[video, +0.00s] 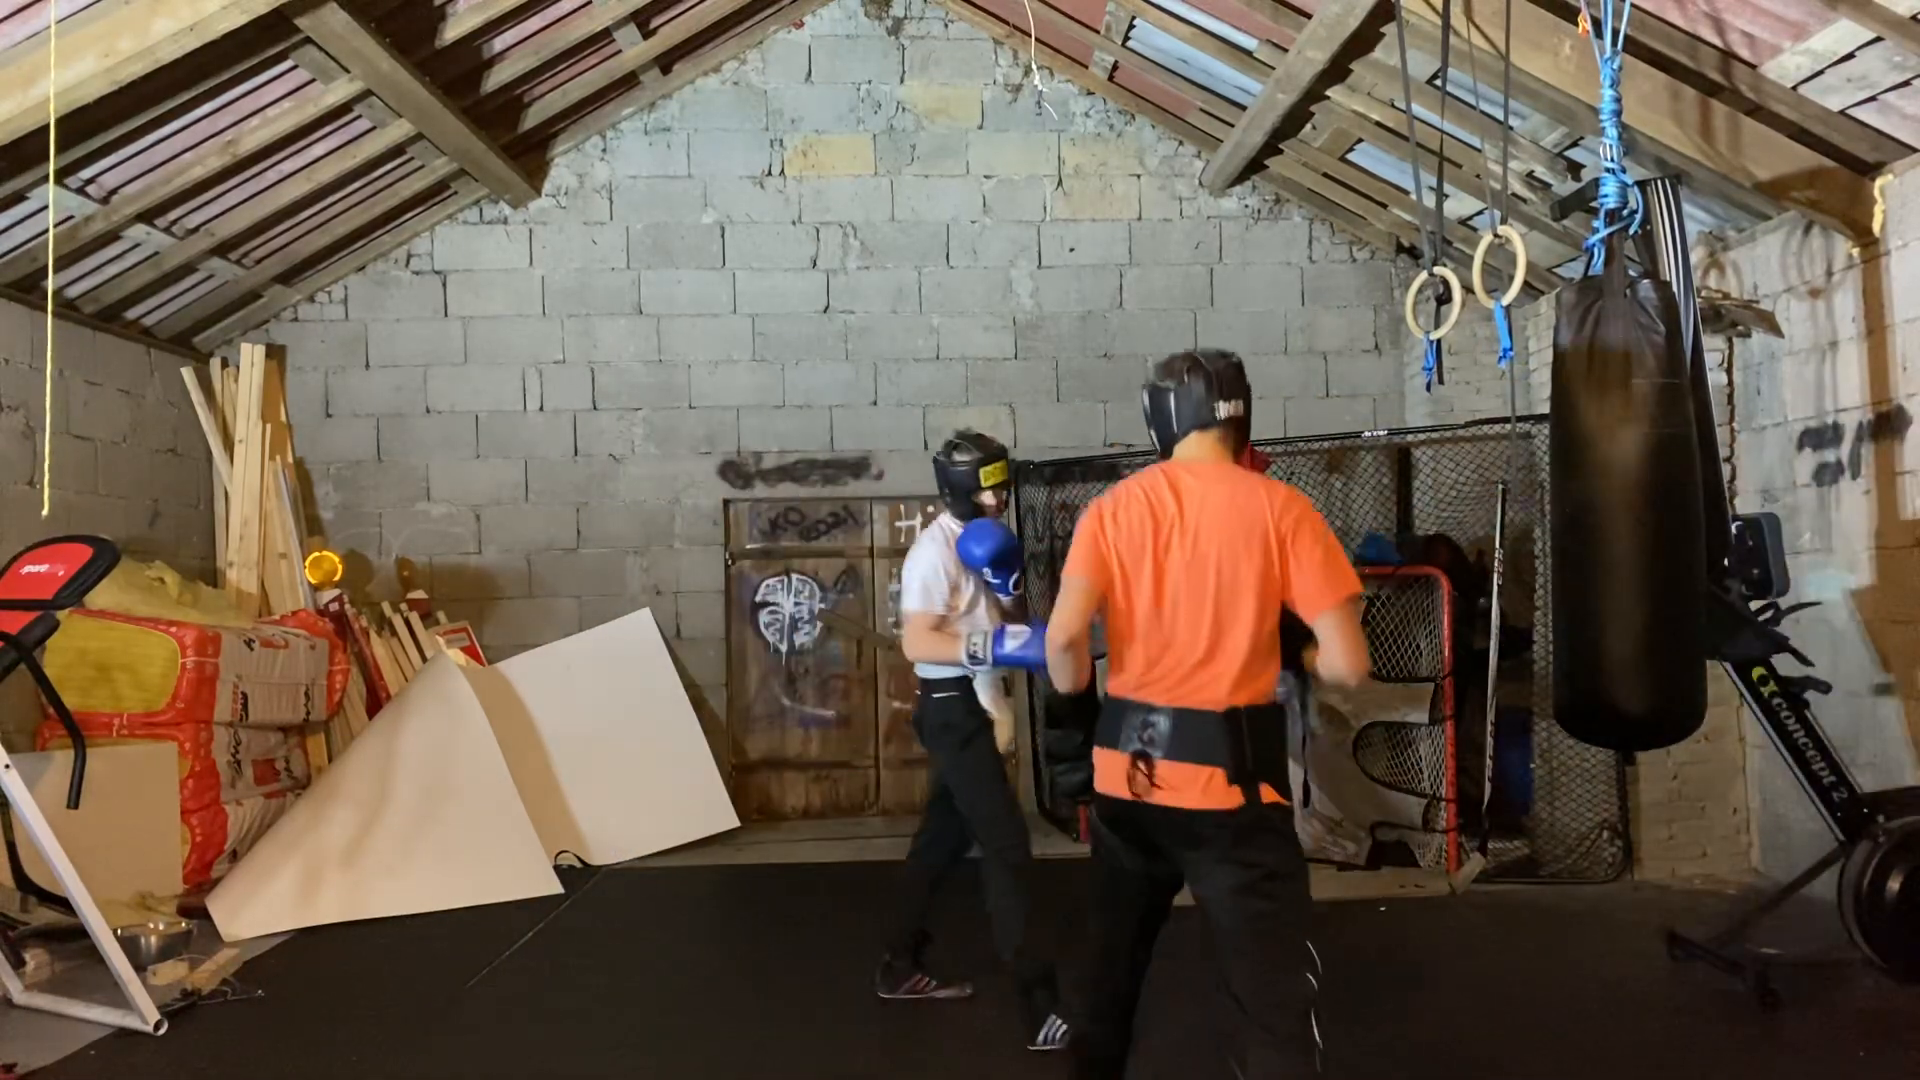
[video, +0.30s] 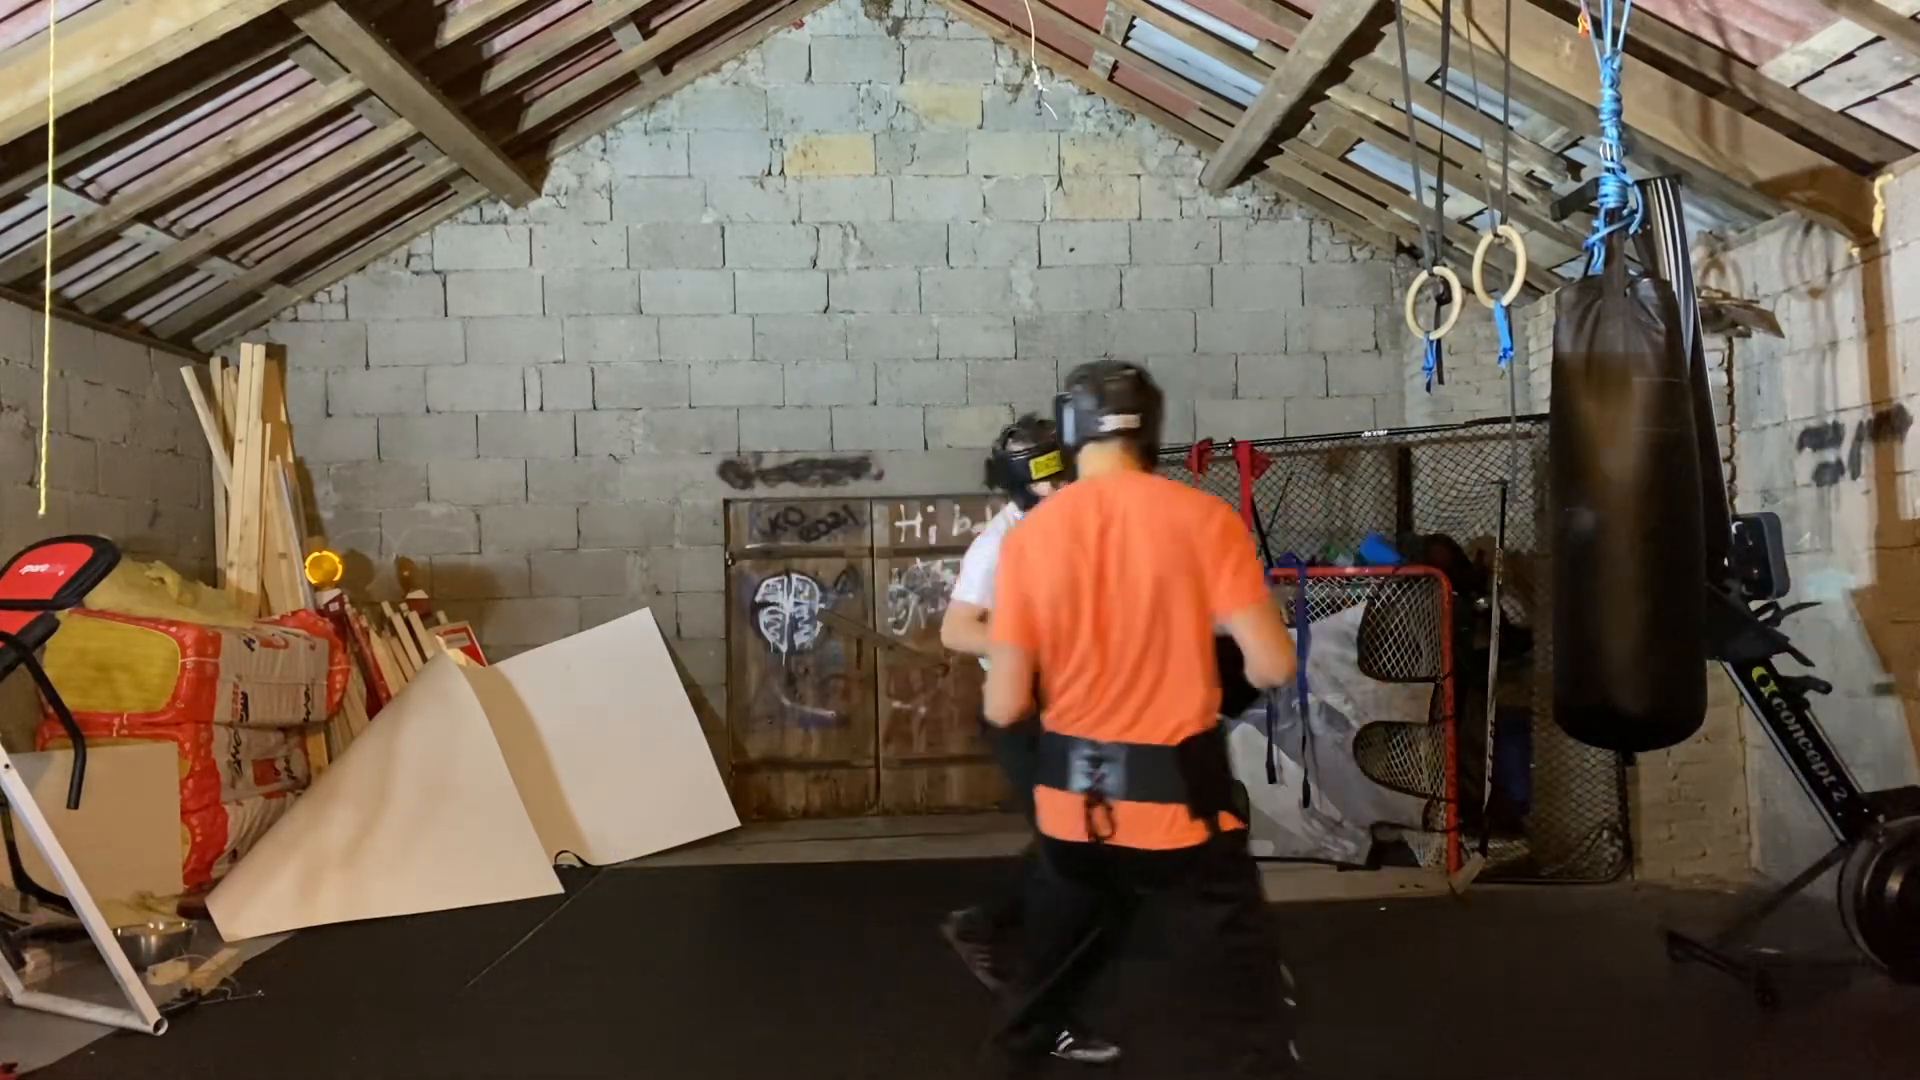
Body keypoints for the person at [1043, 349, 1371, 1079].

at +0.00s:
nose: (1157, 424)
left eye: (1158, 413)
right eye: (1246, 414)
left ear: (1162, 418)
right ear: (1243, 418)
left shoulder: (1111, 510)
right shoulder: (1284, 510)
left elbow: (1063, 637)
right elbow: (1347, 666)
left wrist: (1074, 682)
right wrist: (1299, 650)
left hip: (1121, 783)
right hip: (1232, 789)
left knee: (1103, 980)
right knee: (1276, 1008)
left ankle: (1090, 1062)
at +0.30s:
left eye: (1068, 426)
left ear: (1070, 431)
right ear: (1151, 430)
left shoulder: (1030, 535)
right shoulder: (1205, 519)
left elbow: (1005, 705)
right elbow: (1274, 665)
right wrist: (1221, 646)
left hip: (1067, 813)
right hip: (1179, 814)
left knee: (1033, 1010)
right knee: (1248, 1023)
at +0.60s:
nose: (1057, 429)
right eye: (1055, 417)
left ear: (963, 416)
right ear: (1045, 418)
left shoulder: (909, 502)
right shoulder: (1063, 491)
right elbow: (1171, 586)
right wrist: (1144, 476)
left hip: (932, 796)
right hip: (1024, 800)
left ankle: (950, 1062)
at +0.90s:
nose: (995, 443)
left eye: (995, 434)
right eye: (995, 430)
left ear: (904, 423)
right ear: (980, 427)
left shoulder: (841, 511)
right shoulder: (991, 503)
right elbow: (1085, 594)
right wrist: (1072, 486)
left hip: (870, 785)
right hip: (949, 793)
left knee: (946, 992)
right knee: (891, 1021)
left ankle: (940, 1064)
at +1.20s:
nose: (953, 453)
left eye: (955, 439)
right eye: (952, 437)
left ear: (864, 422)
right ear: (934, 430)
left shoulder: (795, 502)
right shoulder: (907, 502)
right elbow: (1023, 575)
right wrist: (1027, 467)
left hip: (814, 797)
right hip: (883, 798)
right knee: (879, 1023)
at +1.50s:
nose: (890, 468)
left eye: (895, 449)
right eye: (889, 447)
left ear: (801, 431)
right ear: (859, 447)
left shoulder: (742, 516)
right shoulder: (818, 527)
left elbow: (892, 556)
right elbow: (950, 573)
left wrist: (912, 471)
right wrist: (953, 457)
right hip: (783, 821)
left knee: (897, 992)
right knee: (763, 1044)